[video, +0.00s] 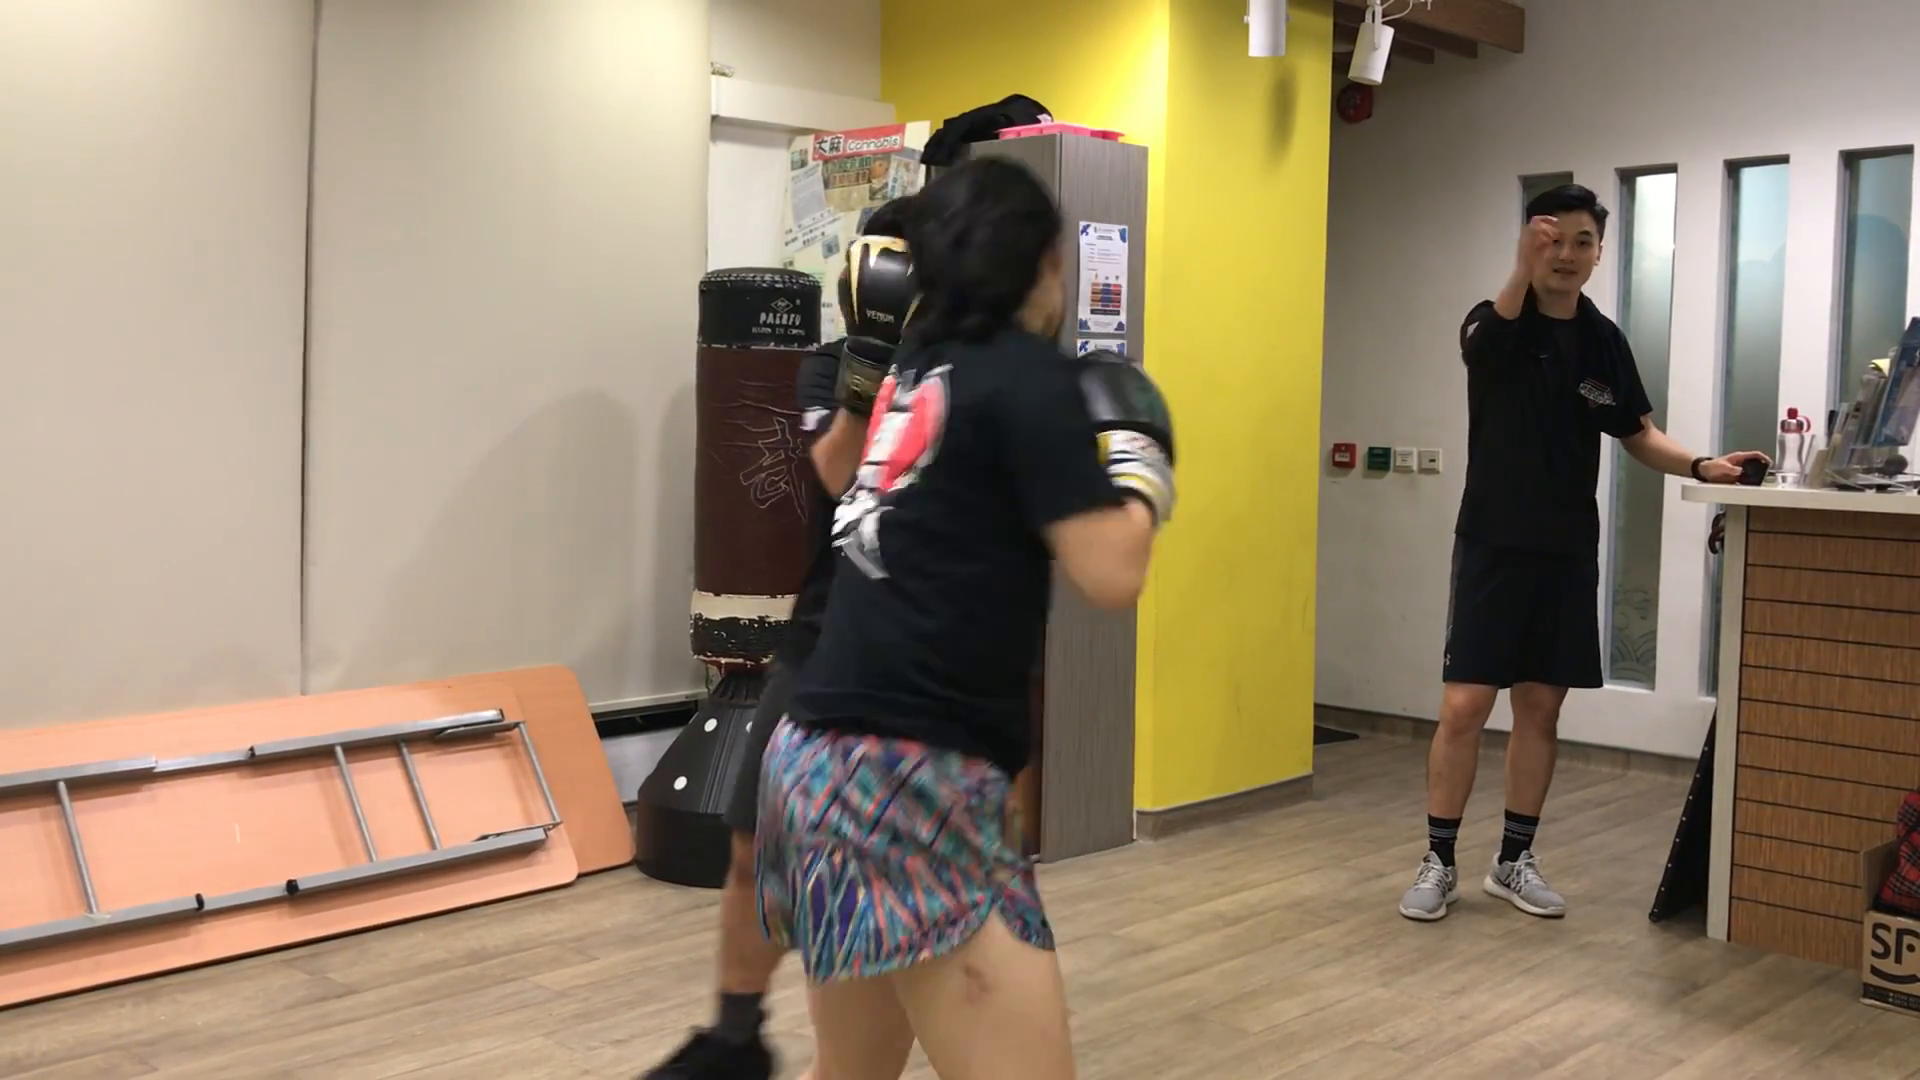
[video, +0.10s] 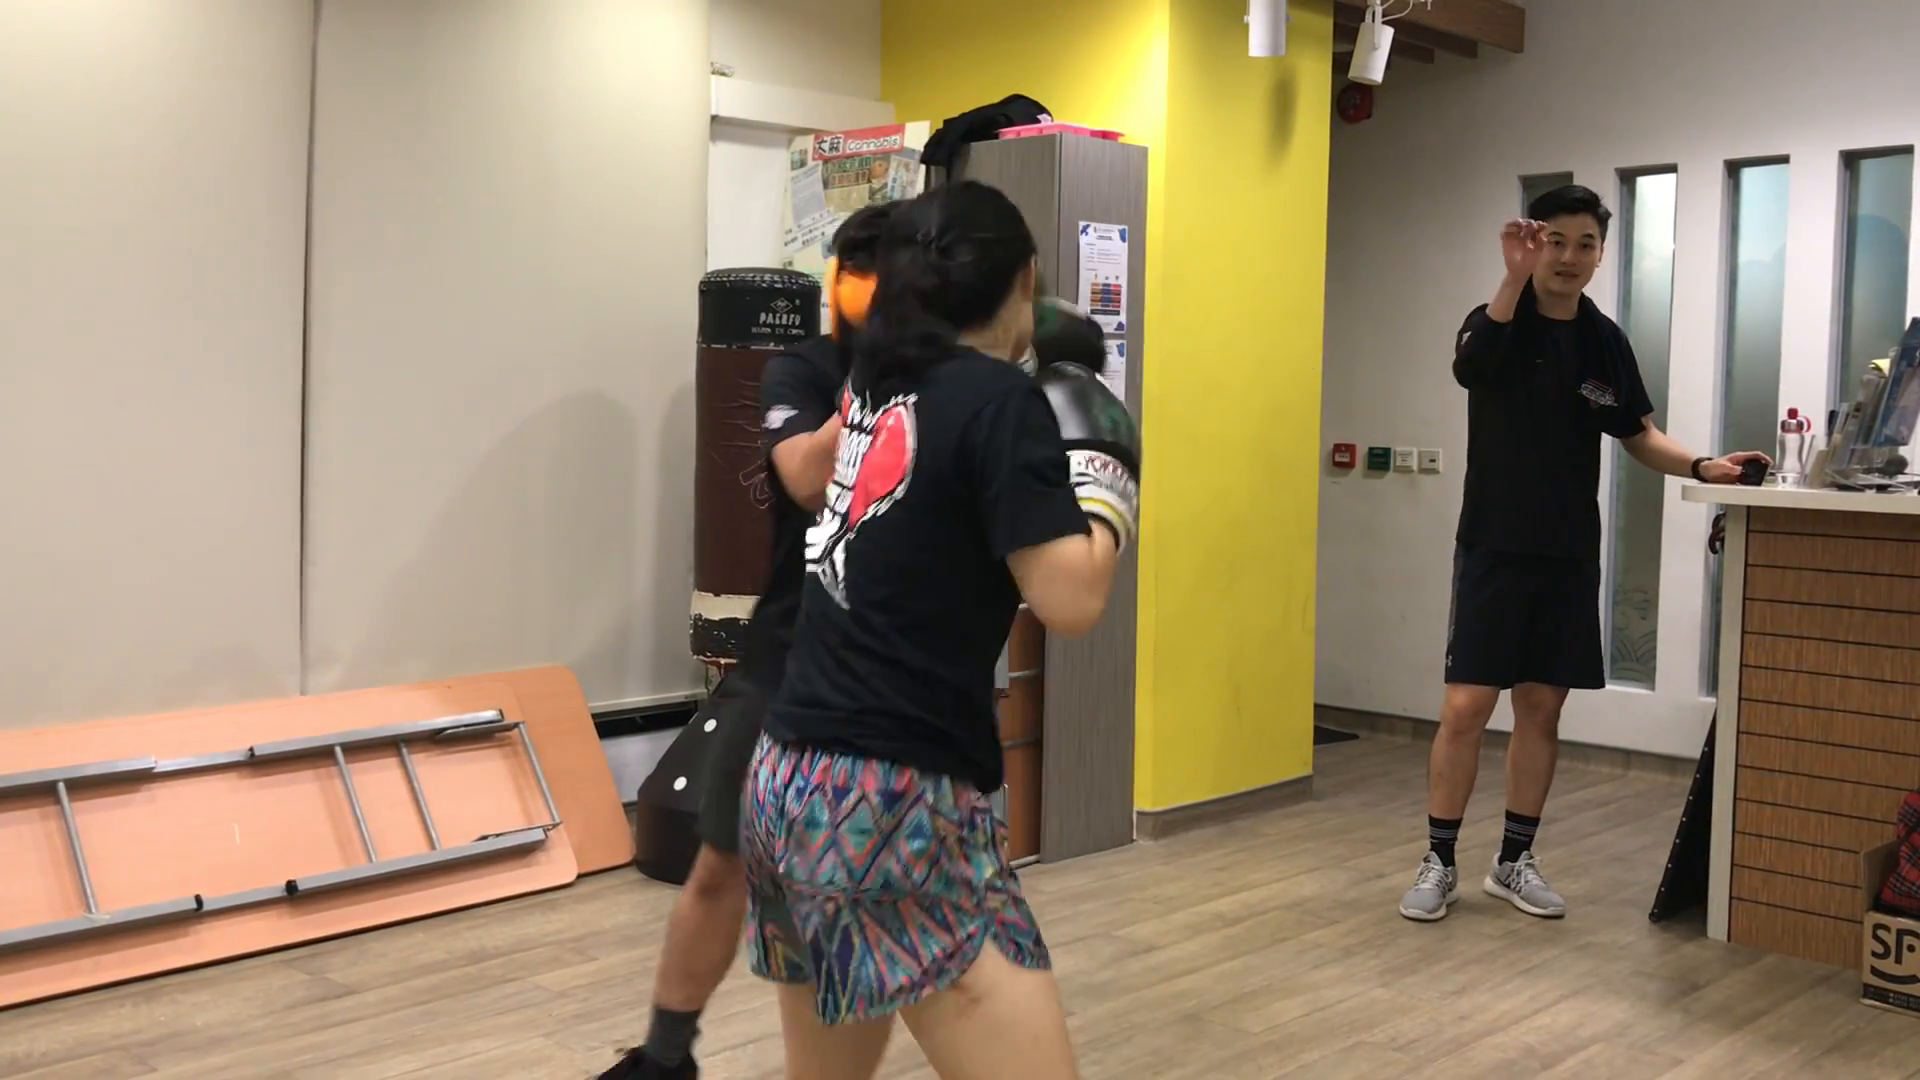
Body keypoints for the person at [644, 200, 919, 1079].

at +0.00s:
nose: (888, 281)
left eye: (902, 263)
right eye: (876, 262)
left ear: (938, 277)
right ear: (853, 275)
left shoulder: (968, 369)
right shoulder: (838, 365)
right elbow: (837, 471)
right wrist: (887, 367)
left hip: (936, 631)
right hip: (828, 621)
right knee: (755, 836)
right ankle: (734, 1035)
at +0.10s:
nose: (861, 292)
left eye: (877, 275)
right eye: (851, 273)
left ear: (911, 289)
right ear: (829, 283)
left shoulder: (941, 380)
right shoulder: (803, 369)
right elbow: (805, 477)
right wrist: (906, 413)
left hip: (900, 656)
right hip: (791, 644)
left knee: (912, 859)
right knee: (718, 861)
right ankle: (666, 1048)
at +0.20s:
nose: (857, 292)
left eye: (871, 276)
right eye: (841, 273)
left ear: (890, 288)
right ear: (799, 282)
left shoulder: (901, 381)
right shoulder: (755, 378)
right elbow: (775, 500)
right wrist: (858, 409)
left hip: (855, 661)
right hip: (743, 656)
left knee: (864, 876)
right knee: (683, 876)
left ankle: (823, 1059)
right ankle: (648, 1056)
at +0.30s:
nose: (808, 302)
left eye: (831, 286)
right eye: (789, 281)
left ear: (859, 297)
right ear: (749, 283)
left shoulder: (866, 387)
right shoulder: (707, 377)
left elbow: (887, 490)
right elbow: (707, 498)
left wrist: (849, 372)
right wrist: (774, 383)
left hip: (821, 669)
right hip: (703, 665)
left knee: (833, 866)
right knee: (662, 866)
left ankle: (841, 1057)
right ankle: (643, 1058)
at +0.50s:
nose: (737, 315)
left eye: (757, 295)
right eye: (718, 297)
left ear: (791, 297)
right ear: (684, 297)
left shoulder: (811, 378)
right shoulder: (659, 377)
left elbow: (788, 498)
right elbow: (614, 474)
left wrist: (808, 355)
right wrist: (648, 350)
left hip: (781, 662)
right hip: (662, 660)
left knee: (797, 874)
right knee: (642, 867)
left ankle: (796, 1046)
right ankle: (642, 1054)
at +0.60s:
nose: (719, 297)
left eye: (743, 279)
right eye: (700, 278)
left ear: (782, 285)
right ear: (669, 287)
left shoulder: (802, 375)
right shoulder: (656, 366)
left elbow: (741, 481)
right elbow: (618, 475)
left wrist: (746, 355)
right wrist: (623, 353)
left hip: (775, 657)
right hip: (662, 656)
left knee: (780, 864)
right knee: (642, 861)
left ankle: (766, 1045)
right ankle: (642, 1052)